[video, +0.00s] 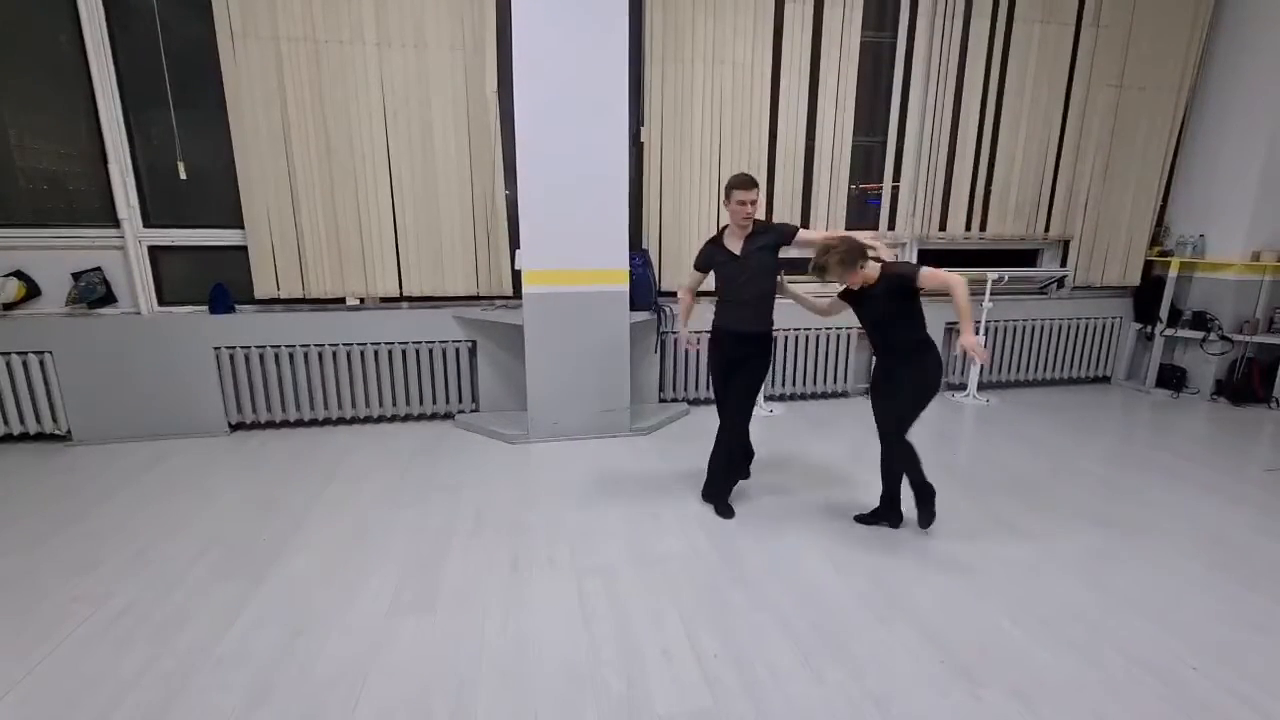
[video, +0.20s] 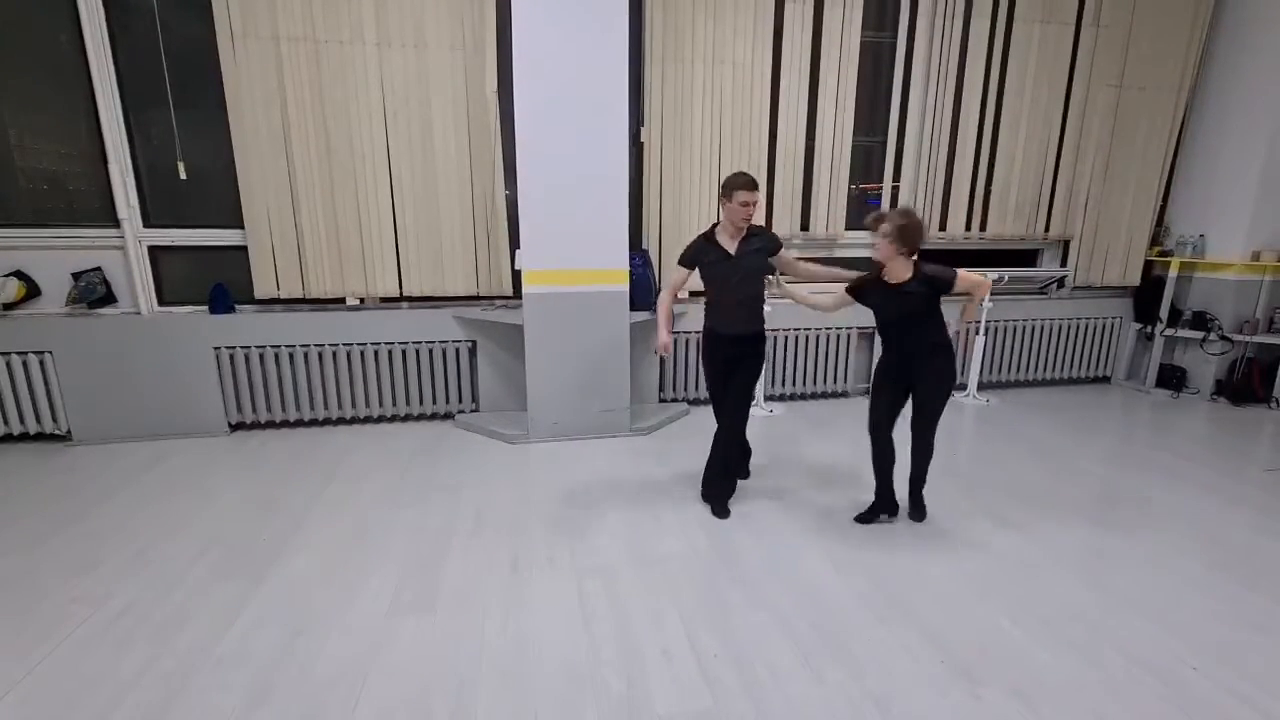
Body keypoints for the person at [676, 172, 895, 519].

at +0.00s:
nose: (747, 209)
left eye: (752, 203)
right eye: (740, 203)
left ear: (759, 203)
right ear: (726, 204)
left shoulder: (772, 233)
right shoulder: (714, 247)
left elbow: (824, 238)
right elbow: (689, 288)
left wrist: (872, 241)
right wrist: (683, 324)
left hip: (758, 338)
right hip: (723, 337)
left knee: (736, 412)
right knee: (728, 410)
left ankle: (716, 489)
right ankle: (741, 460)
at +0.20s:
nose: (750, 210)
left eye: (754, 204)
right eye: (743, 204)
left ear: (757, 206)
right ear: (724, 203)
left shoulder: (763, 240)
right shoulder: (703, 245)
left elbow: (798, 268)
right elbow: (670, 290)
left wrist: (851, 276)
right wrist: (663, 330)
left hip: (751, 338)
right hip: (716, 338)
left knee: (734, 414)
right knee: (724, 410)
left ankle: (716, 491)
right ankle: (740, 459)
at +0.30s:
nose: (754, 210)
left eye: (757, 204)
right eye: (748, 204)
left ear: (758, 206)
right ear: (726, 203)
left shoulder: (756, 244)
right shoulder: (702, 246)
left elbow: (770, 285)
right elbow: (693, 297)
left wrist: (806, 291)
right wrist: (709, 331)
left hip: (746, 336)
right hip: (712, 335)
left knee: (732, 414)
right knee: (720, 410)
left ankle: (715, 489)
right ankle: (737, 455)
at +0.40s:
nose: (757, 208)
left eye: (759, 202)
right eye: (751, 201)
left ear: (754, 204)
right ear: (729, 201)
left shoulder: (750, 245)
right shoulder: (707, 242)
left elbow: (757, 288)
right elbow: (723, 289)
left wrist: (786, 288)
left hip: (739, 342)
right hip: (706, 343)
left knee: (730, 416)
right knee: (708, 412)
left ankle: (716, 491)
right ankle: (720, 465)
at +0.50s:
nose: (759, 208)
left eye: (760, 202)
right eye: (753, 201)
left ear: (740, 203)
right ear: (731, 201)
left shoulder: (745, 243)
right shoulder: (709, 241)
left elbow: (758, 272)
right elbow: (742, 287)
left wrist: (784, 279)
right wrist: (794, 304)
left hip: (733, 343)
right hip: (701, 342)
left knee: (726, 423)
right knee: (688, 414)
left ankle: (715, 491)